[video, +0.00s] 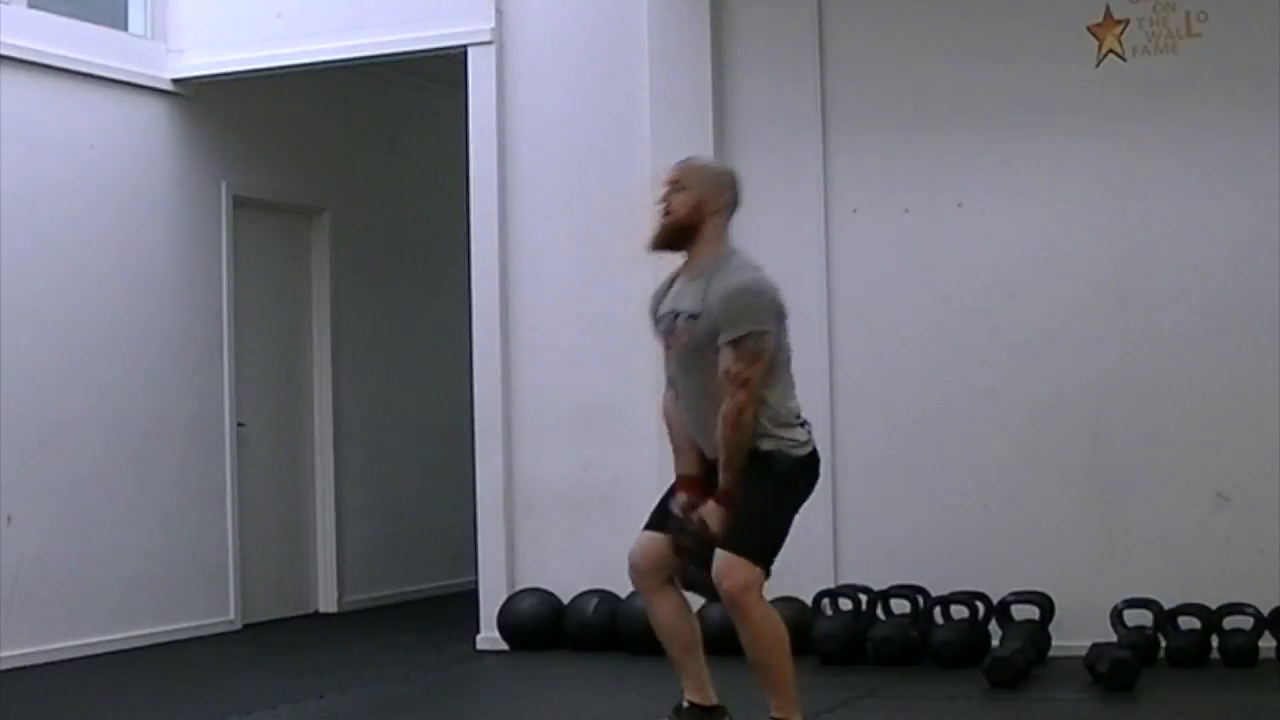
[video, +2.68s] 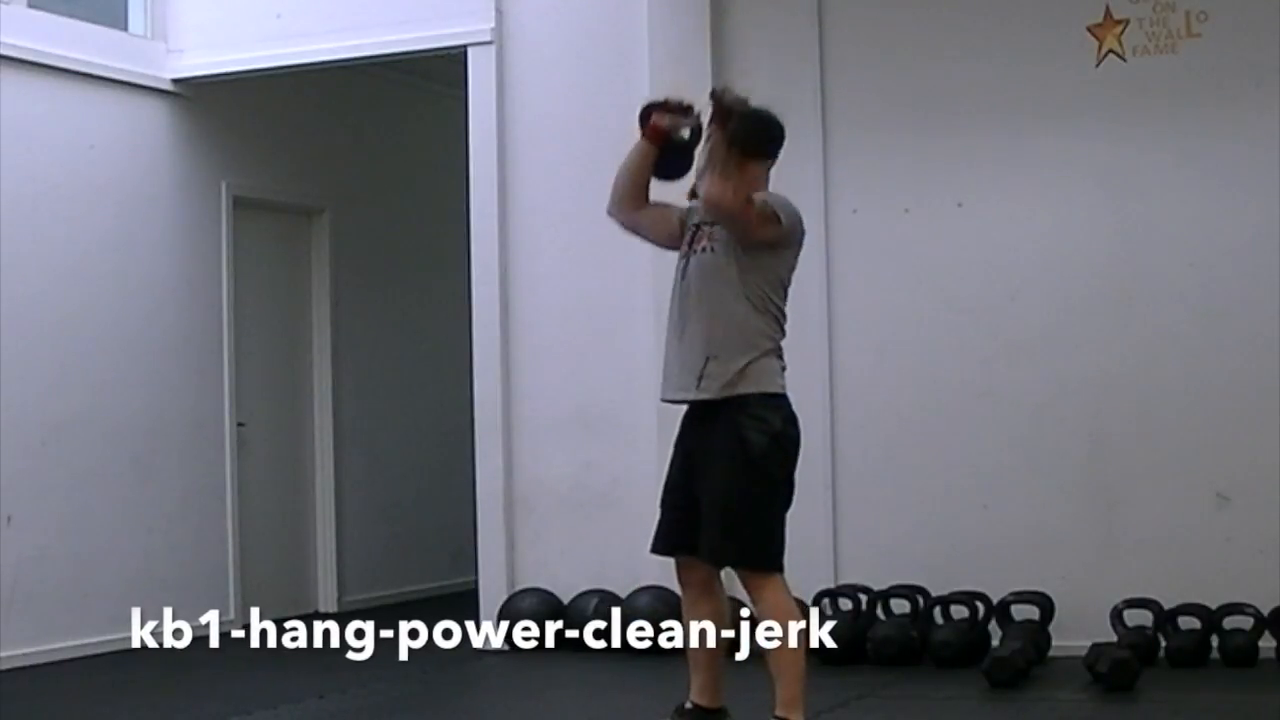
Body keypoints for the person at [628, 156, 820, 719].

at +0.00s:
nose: (662, 200)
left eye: (676, 190)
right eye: (665, 191)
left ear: (712, 204)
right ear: (699, 207)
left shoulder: (745, 287)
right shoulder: (670, 294)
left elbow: (741, 404)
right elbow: (676, 394)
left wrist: (726, 493)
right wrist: (688, 475)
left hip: (775, 458)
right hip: (715, 460)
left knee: (736, 579)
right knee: (649, 564)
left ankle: (788, 713)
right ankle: (701, 702)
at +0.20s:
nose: (727, 162)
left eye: (742, 152)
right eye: (729, 152)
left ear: (780, 167)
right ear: (750, 169)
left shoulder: (795, 237)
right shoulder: (732, 238)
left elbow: (772, 342)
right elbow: (711, 329)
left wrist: (691, 375)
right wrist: (663, 377)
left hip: (769, 430)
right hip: (720, 428)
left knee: (750, 567)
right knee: (684, 562)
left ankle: (790, 711)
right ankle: (705, 703)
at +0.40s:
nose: (719, 155)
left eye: (735, 146)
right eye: (721, 146)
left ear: (773, 162)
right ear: (734, 161)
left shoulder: (788, 233)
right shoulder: (716, 239)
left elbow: (766, 323)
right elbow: (697, 336)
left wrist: (689, 277)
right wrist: (645, 291)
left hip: (765, 429)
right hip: (709, 428)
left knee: (754, 570)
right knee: (687, 564)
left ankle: (790, 711)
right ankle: (705, 703)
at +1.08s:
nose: (715, 158)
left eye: (731, 152)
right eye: (720, 150)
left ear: (764, 174)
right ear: (723, 171)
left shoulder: (771, 247)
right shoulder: (693, 235)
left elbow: (701, 308)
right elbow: (638, 316)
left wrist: (701, 226)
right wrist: (657, 247)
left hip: (734, 434)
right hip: (677, 432)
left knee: (712, 576)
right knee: (647, 574)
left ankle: (781, 710)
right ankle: (699, 702)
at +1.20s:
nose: (722, 124)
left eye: (737, 119)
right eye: (727, 118)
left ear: (763, 150)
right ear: (735, 150)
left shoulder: (768, 213)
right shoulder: (697, 216)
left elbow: (688, 216)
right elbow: (618, 231)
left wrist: (691, 150)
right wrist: (648, 167)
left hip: (735, 402)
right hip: (679, 401)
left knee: (730, 556)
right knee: (668, 556)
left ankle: (779, 707)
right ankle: (695, 699)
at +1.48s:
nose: (650, 179)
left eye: (662, 170)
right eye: (651, 170)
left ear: (702, 178)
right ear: (665, 182)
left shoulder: (725, 238)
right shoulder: (669, 239)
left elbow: (737, 138)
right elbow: (663, 143)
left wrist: (730, 58)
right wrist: (668, 67)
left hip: (751, 439)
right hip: (702, 443)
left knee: (715, 588)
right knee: (650, 574)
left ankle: (784, 712)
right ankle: (701, 704)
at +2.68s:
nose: (702, 155)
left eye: (711, 145)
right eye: (704, 146)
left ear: (745, 154)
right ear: (739, 157)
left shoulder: (781, 215)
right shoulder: (699, 222)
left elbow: (729, 208)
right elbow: (627, 207)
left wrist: (709, 145)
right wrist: (648, 142)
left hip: (756, 416)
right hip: (703, 417)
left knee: (758, 569)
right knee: (693, 564)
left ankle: (792, 712)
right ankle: (705, 704)